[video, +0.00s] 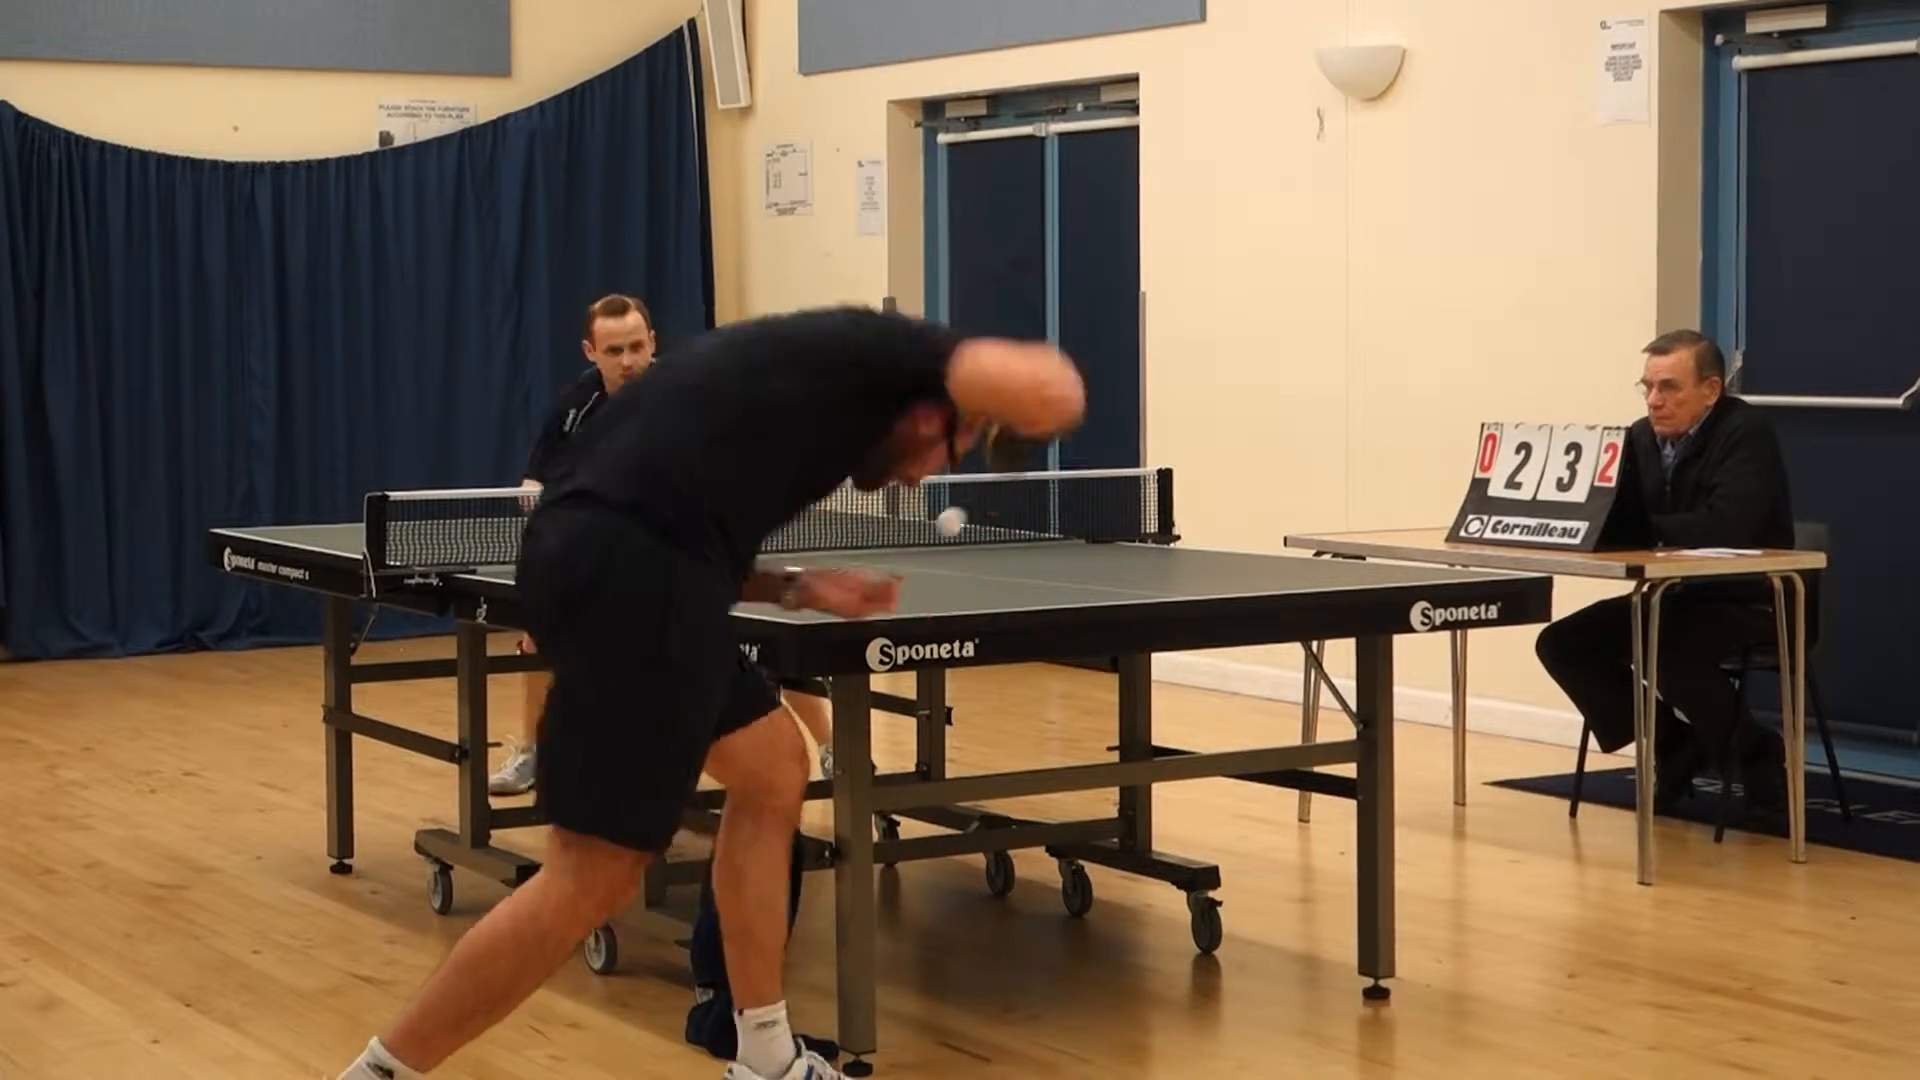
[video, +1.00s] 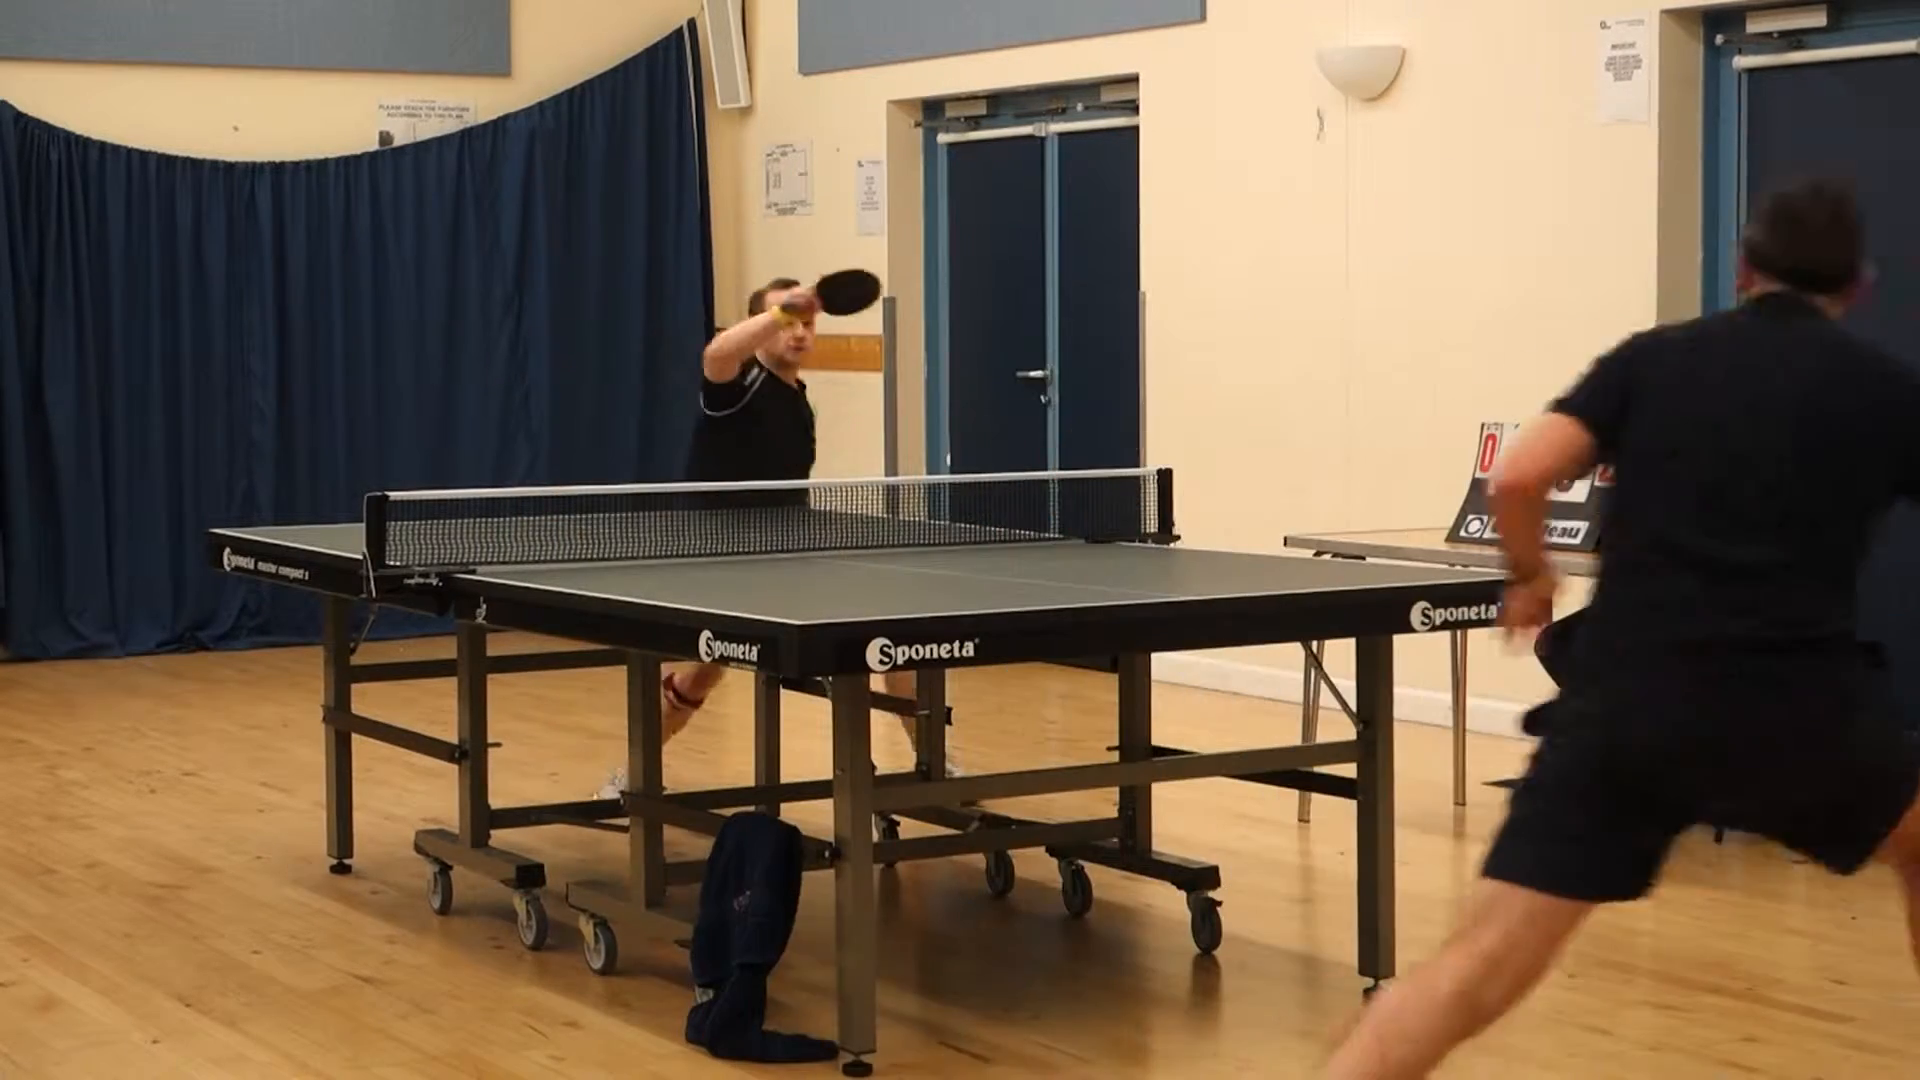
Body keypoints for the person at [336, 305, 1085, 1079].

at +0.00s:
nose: (926, 477)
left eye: (942, 467)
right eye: (944, 456)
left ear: (914, 419)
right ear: (933, 412)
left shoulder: (786, 412)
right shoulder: (882, 347)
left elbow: (693, 561)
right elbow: (1057, 393)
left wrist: (804, 586)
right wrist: (1000, 400)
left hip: (604, 562)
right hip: (621, 565)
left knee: (774, 770)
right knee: (594, 877)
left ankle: (766, 1051)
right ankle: (382, 1065)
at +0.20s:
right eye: (984, 339)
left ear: (884, 307)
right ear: (976, 330)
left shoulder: (800, 330)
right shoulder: (986, 381)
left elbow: (636, 400)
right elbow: (1022, 580)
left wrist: (711, 497)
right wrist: (1085, 570)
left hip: (711, 567)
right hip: (831, 589)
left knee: (792, 814)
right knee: (886, 872)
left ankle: (765, 1055)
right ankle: (659, 1012)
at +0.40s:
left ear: (988, 256)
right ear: (1095, 273)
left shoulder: (917, 320)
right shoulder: (1128, 354)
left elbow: (787, 443)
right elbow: (1178, 569)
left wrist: (863, 522)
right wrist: (1157, 519)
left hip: (899, 615)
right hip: (1044, 617)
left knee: (906, 827)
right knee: (1228, 831)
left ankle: (783, 1057)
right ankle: (1360, 1065)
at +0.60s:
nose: (1120, 213)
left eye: (1124, 201)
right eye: (1127, 201)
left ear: (1137, 209)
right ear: (1238, 212)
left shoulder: (1102, 296)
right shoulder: (1325, 301)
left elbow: (1004, 449)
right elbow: (1400, 513)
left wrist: (1017, 499)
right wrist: (1296, 532)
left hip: (1164, 607)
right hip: (1328, 610)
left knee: (1038, 819)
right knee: (1410, 845)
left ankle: (1000, 1062)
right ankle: (1458, 1071)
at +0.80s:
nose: (1350, 245)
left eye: (1353, 228)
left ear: (1365, 239)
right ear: (1472, 248)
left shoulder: (1297, 344)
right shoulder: (1527, 359)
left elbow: (1163, 504)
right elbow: (1591, 570)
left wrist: (1227, 508)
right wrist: (1611, 641)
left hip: (1351, 699)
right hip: (1521, 689)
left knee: (1222, 974)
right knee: (1674, 838)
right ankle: (1838, 1053)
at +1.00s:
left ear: (1743, 269)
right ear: (1857, 287)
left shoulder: (1657, 359)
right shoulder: (1885, 392)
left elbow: (1517, 478)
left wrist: (1528, 576)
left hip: (1632, 702)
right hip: (1804, 709)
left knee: (1477, 967)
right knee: (1912, 847)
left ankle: (1340, 1067)